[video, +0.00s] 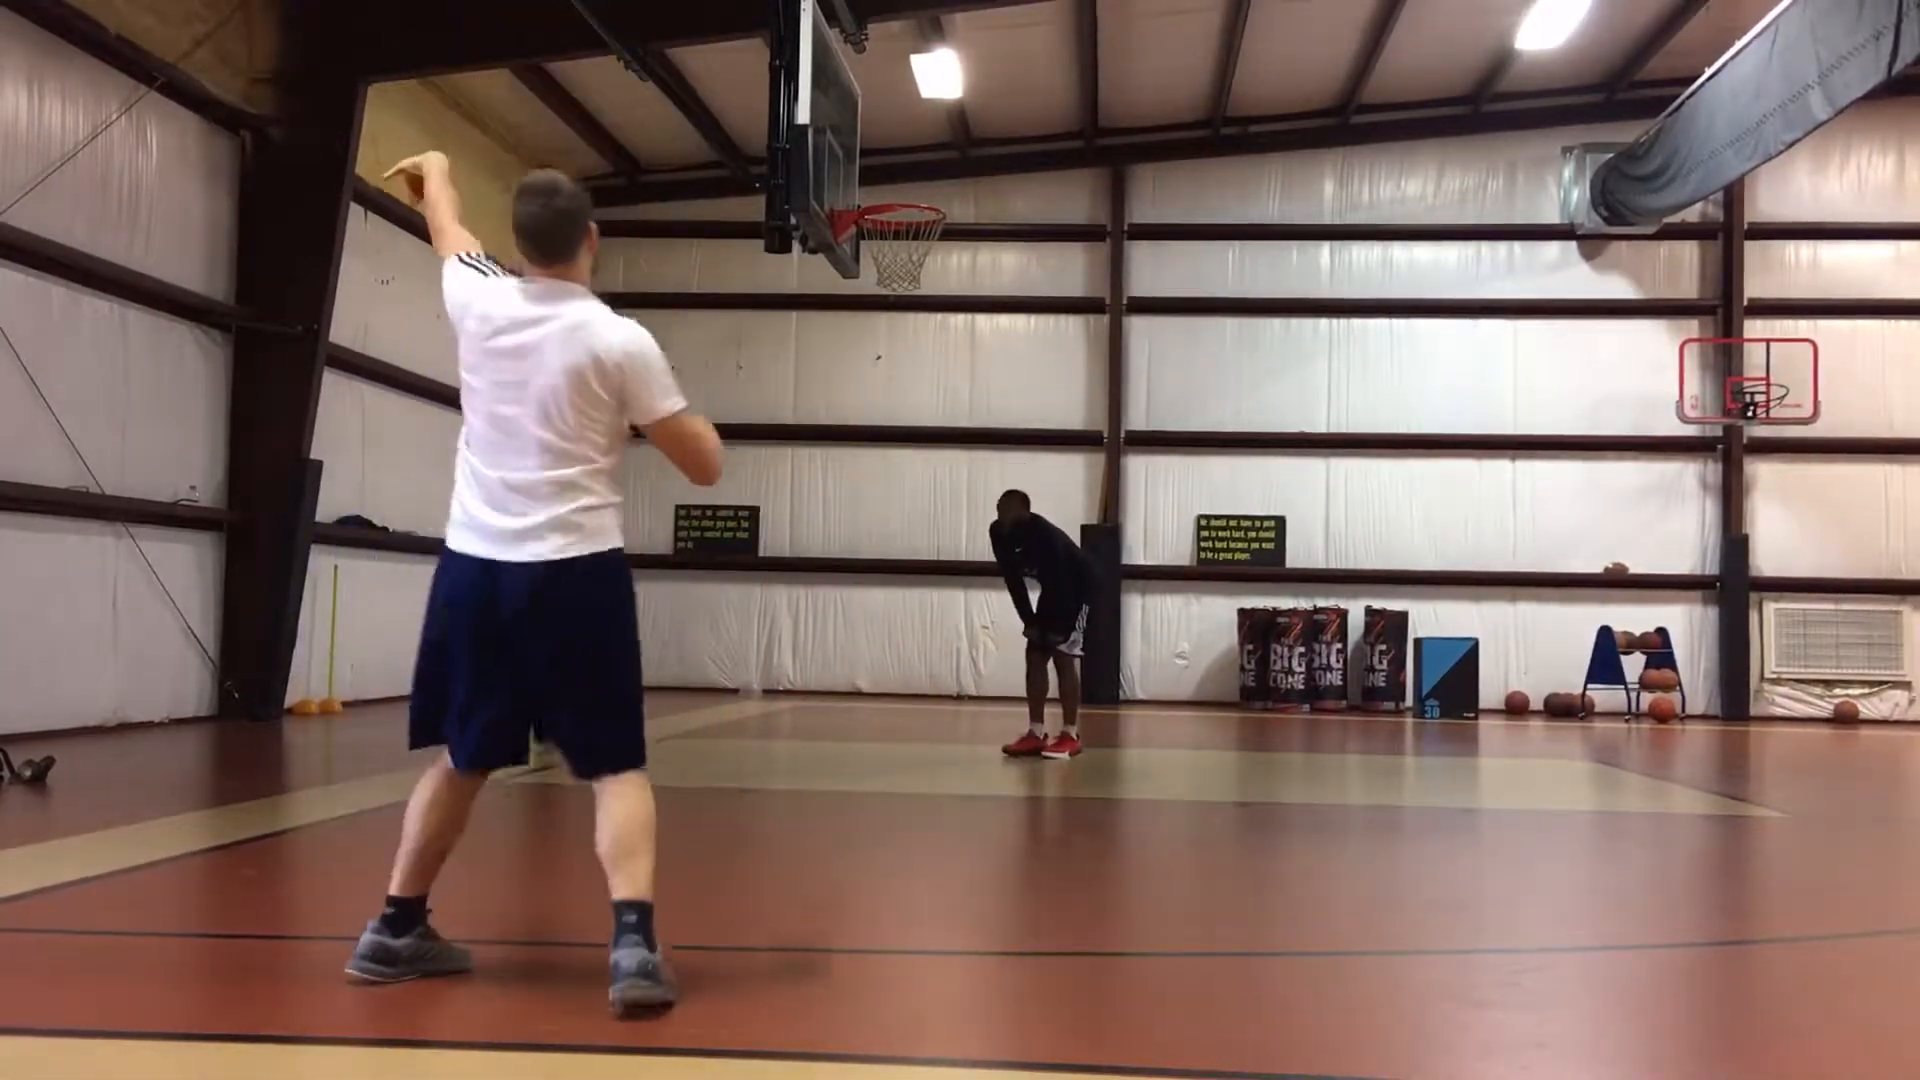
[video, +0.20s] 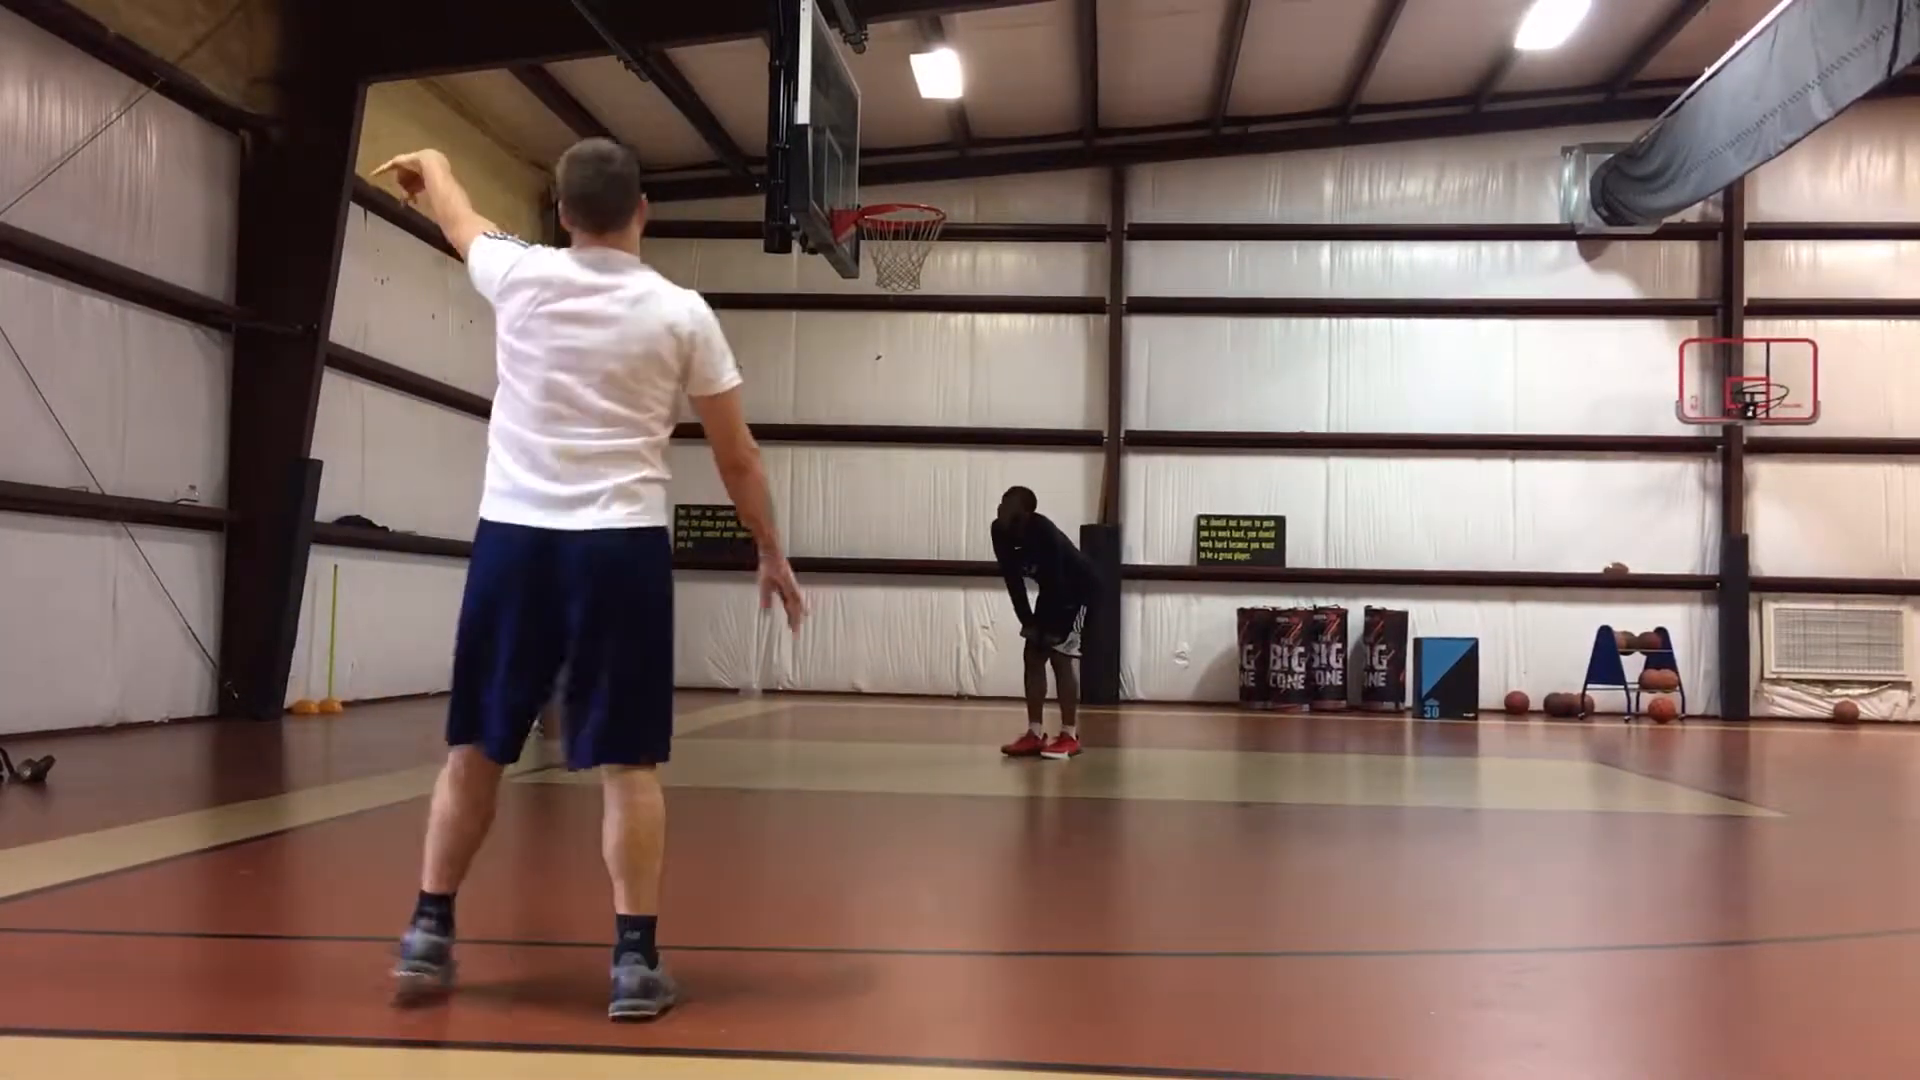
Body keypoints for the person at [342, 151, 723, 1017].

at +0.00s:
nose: (593, 241)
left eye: (562, 234)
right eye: (594, 233)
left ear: (518, 244)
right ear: (591, 242)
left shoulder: (476, 301)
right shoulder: (620, 342)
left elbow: (447, 228)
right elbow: (703, 463)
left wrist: (434, 169)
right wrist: (665, 410)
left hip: (474, 573)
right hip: (578, 579)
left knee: (462, 753)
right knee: (617, 764)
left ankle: (396, 928)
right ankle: (634, 946)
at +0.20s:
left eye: (569, 210)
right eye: (635, 206)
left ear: (561, 218)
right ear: (643, 214)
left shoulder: (520, 277)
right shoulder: (682, 313)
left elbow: (460, 223)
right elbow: (737, 458)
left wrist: (431, 170)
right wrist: (770, 551)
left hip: (512, 548)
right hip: (626, 557)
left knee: (476, 742)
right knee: (631, 758)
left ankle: (427, 933)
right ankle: (634, 962)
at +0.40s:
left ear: (572, 204)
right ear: (657, 200)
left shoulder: (529, 270)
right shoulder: (698, 301)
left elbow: (459, 237)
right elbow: (734, 439)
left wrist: (449, 177)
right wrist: (764, 573)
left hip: (530, 551)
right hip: (643, 562)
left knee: (501, 762)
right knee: (639, 770)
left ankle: (490, 922)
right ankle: (638, 964)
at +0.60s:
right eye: (645, 185)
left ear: (556, 196)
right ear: (645, 192)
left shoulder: (511, 272)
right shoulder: (685, 286)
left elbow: (445, 314)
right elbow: (695, 426)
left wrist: (465, 248)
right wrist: (709, 570)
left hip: (522, 554)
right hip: (639, 561)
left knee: (522, 773)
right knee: (635, 774)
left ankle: (516, 1004)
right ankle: (641, 968)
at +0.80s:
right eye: (639, 159)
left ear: (548, 168)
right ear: (641, 164)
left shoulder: (502, 259)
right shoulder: (688, 258)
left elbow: (435, 396)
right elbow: (708, 408)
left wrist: (444, 468)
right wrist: (728, 549)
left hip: (520, 547)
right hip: (647, 550)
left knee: (519, 777)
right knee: (648, 770)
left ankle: (512, 1016)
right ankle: (645, 986)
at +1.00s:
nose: (663, 164)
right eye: (670, 150)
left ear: (575, 156)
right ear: (670, 153)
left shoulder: (513, 253)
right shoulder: (715, 251)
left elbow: (466, 397)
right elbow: (768, 407)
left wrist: (441, 538)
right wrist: (807, 534)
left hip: (529, 544)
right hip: (664, 547)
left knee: (530, 787)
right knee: (679, 777)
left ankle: (512, 1022)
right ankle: (694, 1005)